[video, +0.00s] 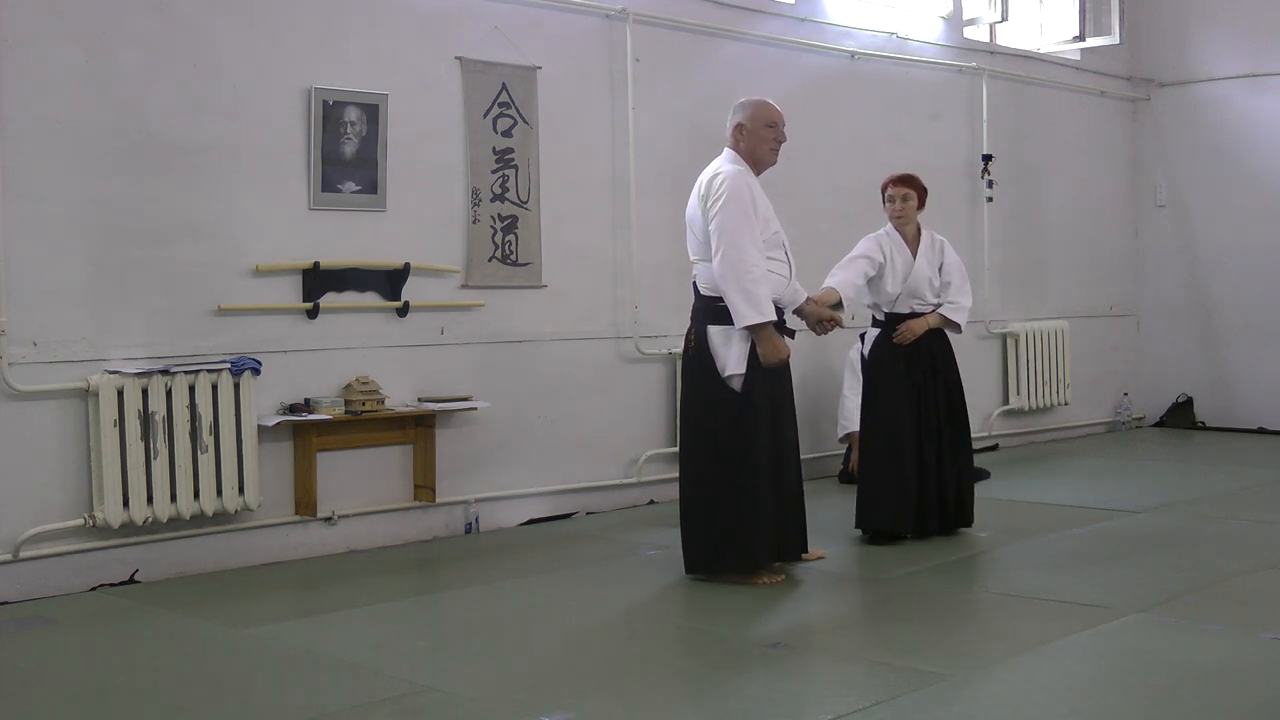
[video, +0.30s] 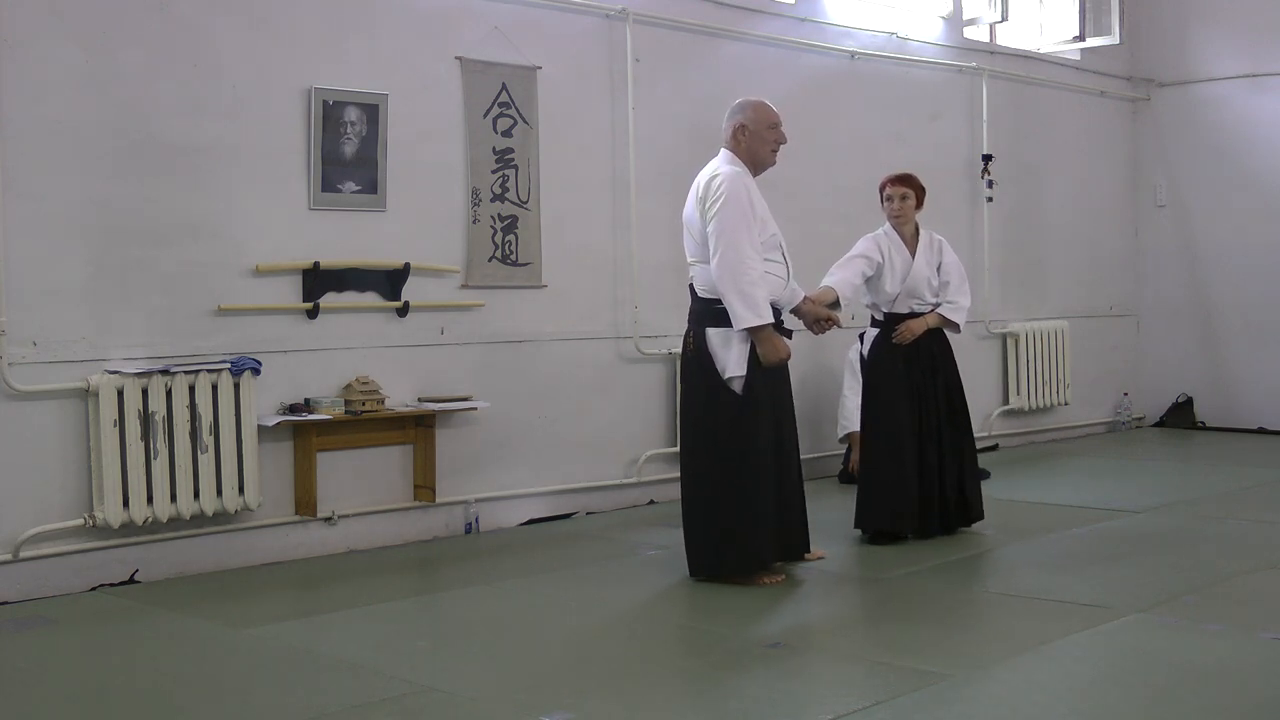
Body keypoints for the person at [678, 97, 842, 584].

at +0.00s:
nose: (782, 137)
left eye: (783, 129)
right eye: (772, 128)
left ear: (746, 134)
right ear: (740, 132)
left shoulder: (743, 181)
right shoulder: (730, 182)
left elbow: (764, 263)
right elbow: (736, 262)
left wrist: (804, 305)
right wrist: (764, 330)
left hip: (755, 327)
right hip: (730, 331)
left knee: (770, 440)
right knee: (734, 447)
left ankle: (778, 542)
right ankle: (731, 559)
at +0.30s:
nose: (782, 138)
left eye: (781, 129)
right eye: (773, 130)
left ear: (741, 133)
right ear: (741, 133)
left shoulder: (738, 181)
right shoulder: (728, 183)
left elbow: (762, 263)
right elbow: (733, 264)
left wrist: (802, 305)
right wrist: (763, 331)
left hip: (752, 328)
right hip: (728, 332)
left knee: (770, 441)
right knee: (733, 449)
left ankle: (779, 541)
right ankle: (732, 560)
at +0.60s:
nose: (779, 138)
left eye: (777, 129)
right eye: (771, 129)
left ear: (739, 133)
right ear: (740, 133)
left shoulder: (732, 180)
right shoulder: (724, 183)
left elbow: (753, 264)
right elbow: (730, 265)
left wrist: (795, 302)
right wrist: (760, 331)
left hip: (745, 327)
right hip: (725, 331)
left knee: (767, 440)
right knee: (733, 448)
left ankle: (778, 541)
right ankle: (734, 561)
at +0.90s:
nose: (776, 138)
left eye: (774, 130)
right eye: (768, 130)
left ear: (736, 133)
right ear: (738, 134)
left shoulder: (729, 181)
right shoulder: (722, 184)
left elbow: (755, 264)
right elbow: (731, 268)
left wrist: (795, 302)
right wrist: (770, 325)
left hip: (744, 324)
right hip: (723, 328)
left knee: (767, 438)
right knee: (732, 447)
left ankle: (777, 542)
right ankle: (734, 561)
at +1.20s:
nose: (776, 138)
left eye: (774, 129)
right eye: (768, 129)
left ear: (735, 134)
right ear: (737, 134)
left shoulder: (725, 180)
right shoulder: (721, 182)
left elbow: (742, 263)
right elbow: (735, 258)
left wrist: (790, 306)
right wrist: (794, 264)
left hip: (748, 325)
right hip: (727, 329)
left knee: (769, 438)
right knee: (734, 446)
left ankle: (776, 541)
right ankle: (734, 561)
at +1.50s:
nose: (778, 136)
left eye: (776, 128)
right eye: (770, 129)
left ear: (736, 136)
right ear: (739, 135)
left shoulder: (717, 179)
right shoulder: (729, 185)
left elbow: (743, 266)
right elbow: (753, 257)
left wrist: (790, 308)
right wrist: (802, 249)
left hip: (737, 322)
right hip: (734, 328)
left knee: (763, 438)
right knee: (738, 444)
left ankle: (772, 544)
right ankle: (736, 560)